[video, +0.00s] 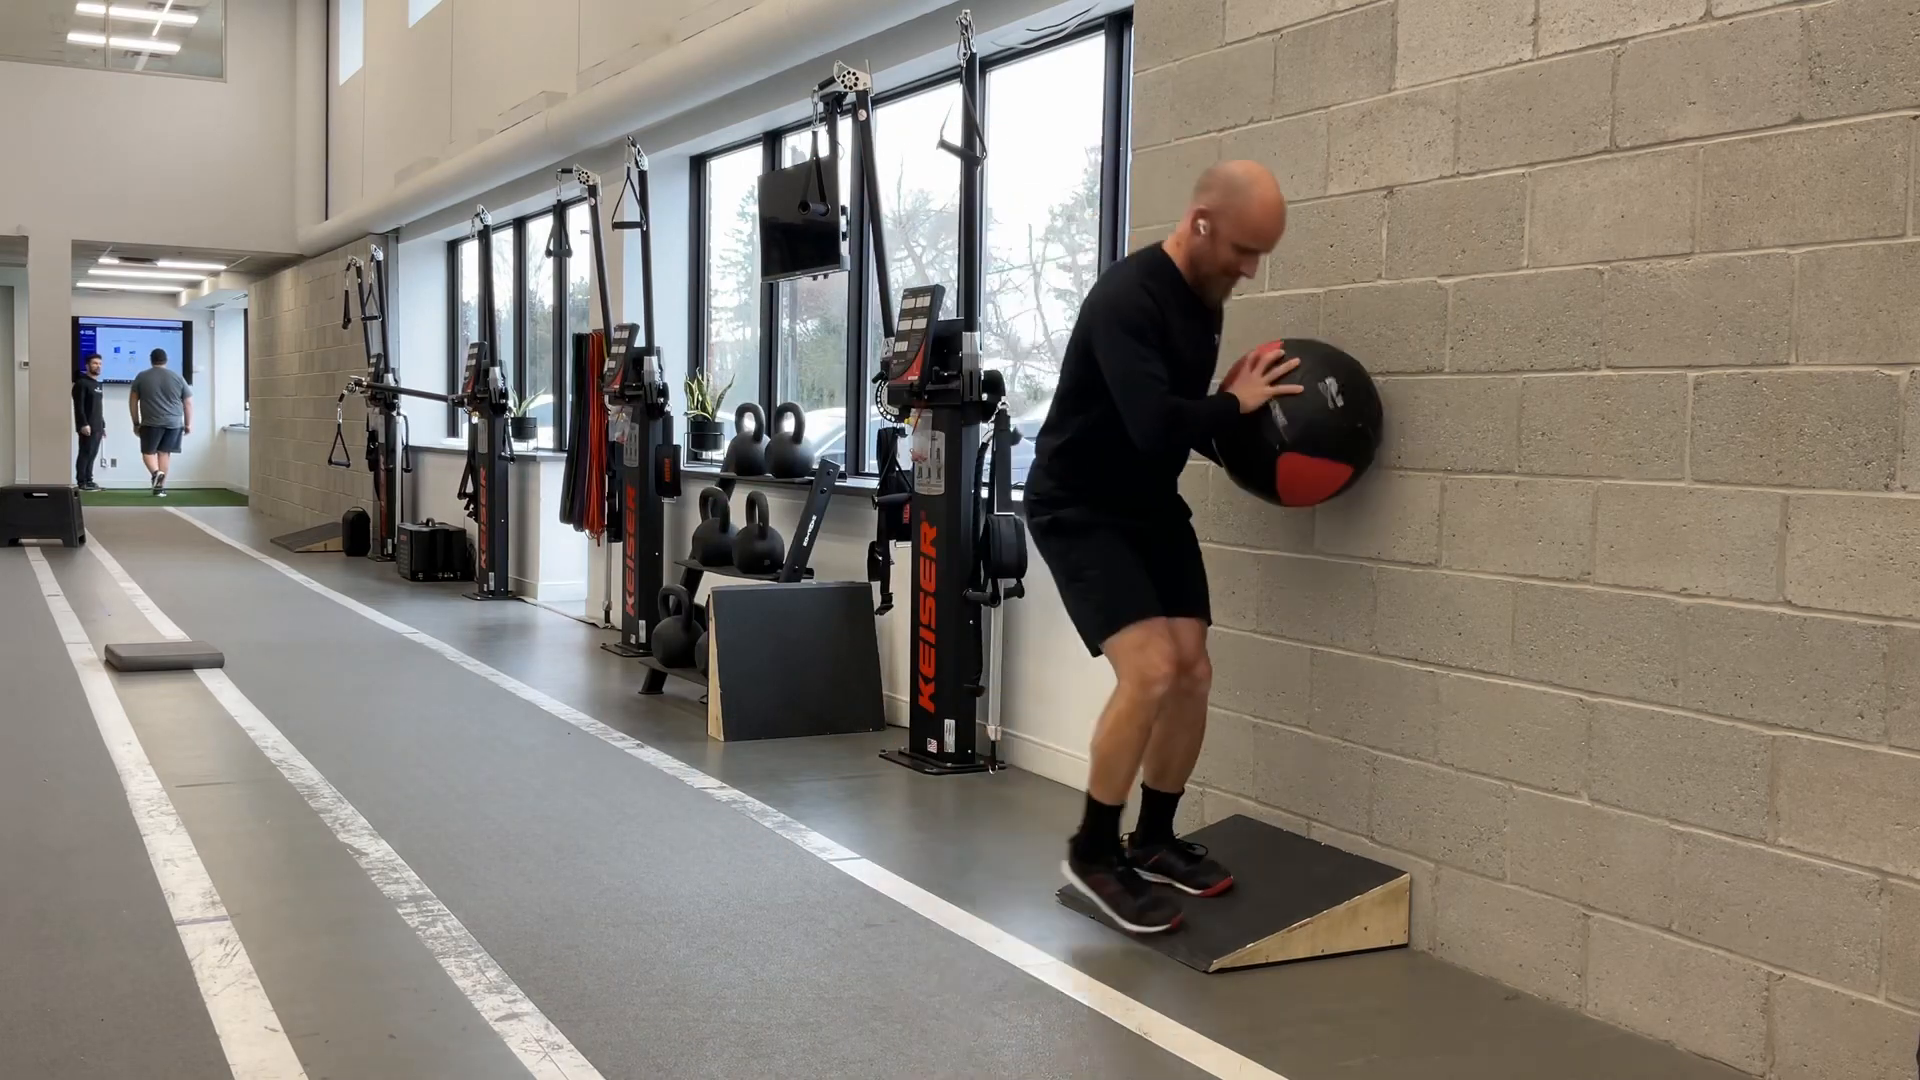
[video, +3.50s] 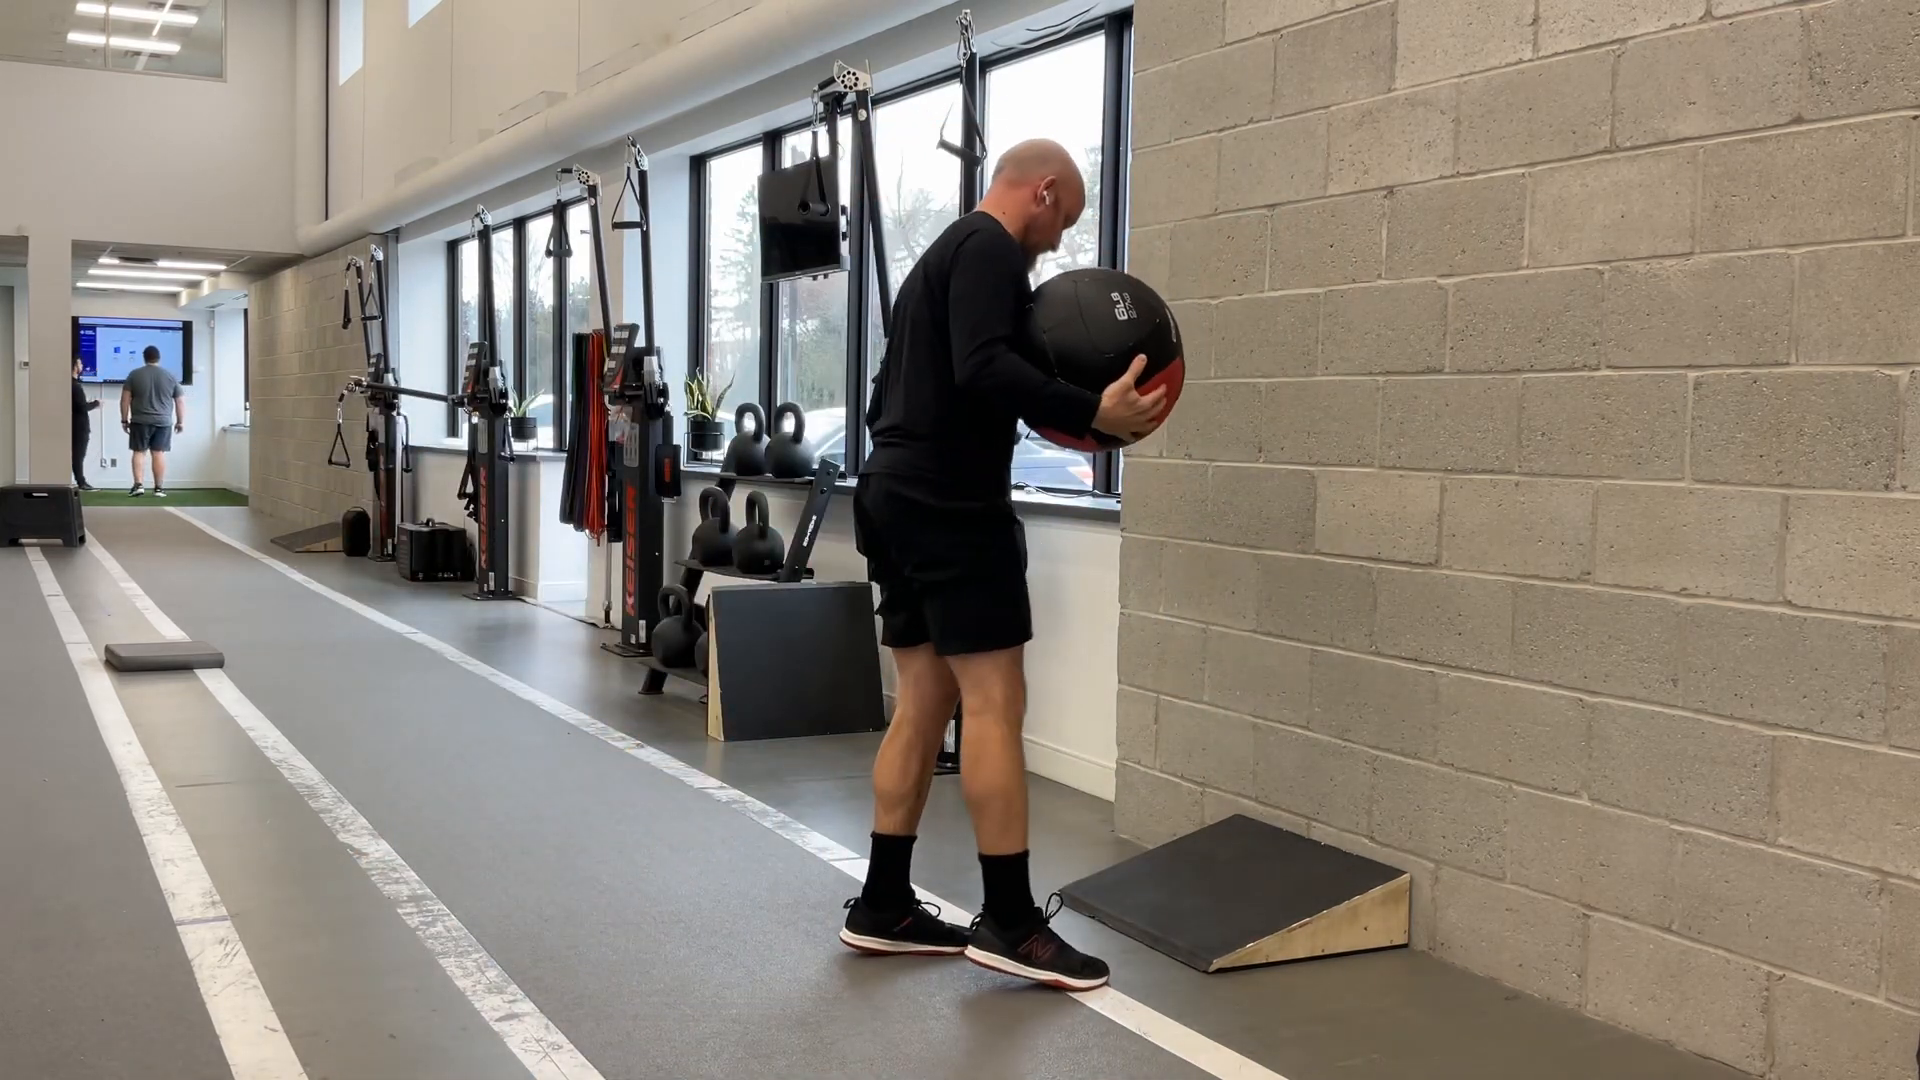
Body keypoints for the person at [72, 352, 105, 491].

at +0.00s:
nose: (97, 366)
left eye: (99, 364)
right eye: (94, 363)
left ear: (101, 366)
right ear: (88, 365)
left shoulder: (97, 384)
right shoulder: (81, 383)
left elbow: (98, 408)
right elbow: (79, 406)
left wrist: (102, 425)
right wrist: (83, 423)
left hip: (97, 425)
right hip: (87, 425)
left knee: (92, 454)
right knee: (85, 454)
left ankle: (89, 479)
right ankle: (82, 481)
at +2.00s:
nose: (99, 367)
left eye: (101, 364)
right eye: (96, 363)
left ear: (102, 367)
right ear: (89, 365)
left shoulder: (98, 385)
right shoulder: (81, 383)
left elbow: (99, 405)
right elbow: (78, 405)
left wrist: (104, 421)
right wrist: (81, 424)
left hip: (97, 424)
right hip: (87, 425)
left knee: (93, 454)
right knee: (85, 454)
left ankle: (89, 479)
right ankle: (82, 480)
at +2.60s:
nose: (96, 367)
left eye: (97, 365)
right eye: (93, 364)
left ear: (98, 367)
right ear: (86, 366)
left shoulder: (94, 384)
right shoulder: (79, 383)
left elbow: (95, 404)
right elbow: (78, 405)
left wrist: (107, 412)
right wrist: (93, 415)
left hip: (94, 423)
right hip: (84, 423)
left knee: (92, 453)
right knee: (85, 452)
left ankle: (89, 479)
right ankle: (82, 481)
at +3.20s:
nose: (91, 366)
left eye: (90, 363)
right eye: (89, 363)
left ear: (81, 365)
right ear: (84, 365)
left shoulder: (78, 381)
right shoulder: (80, 384)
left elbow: (81, 406)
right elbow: (82, 407)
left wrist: (96, 406)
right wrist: (98, 407)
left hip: (81, 425)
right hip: (82, 426)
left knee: (86, 450)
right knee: (85, 450)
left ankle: (81, 479)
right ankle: (81, 481)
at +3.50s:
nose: (81, 366)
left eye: (81, 363)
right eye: (79, 364)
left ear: (74, 367)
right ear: (74, 367)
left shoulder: (73, 383)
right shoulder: (75, 385)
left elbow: (79, 406)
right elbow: (81, 407)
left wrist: (91, 403)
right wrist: (94, 404)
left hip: (76, 425)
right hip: (79, 426)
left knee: (77, 455)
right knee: (78, 455)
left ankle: (81, 481)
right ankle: (81, 482)